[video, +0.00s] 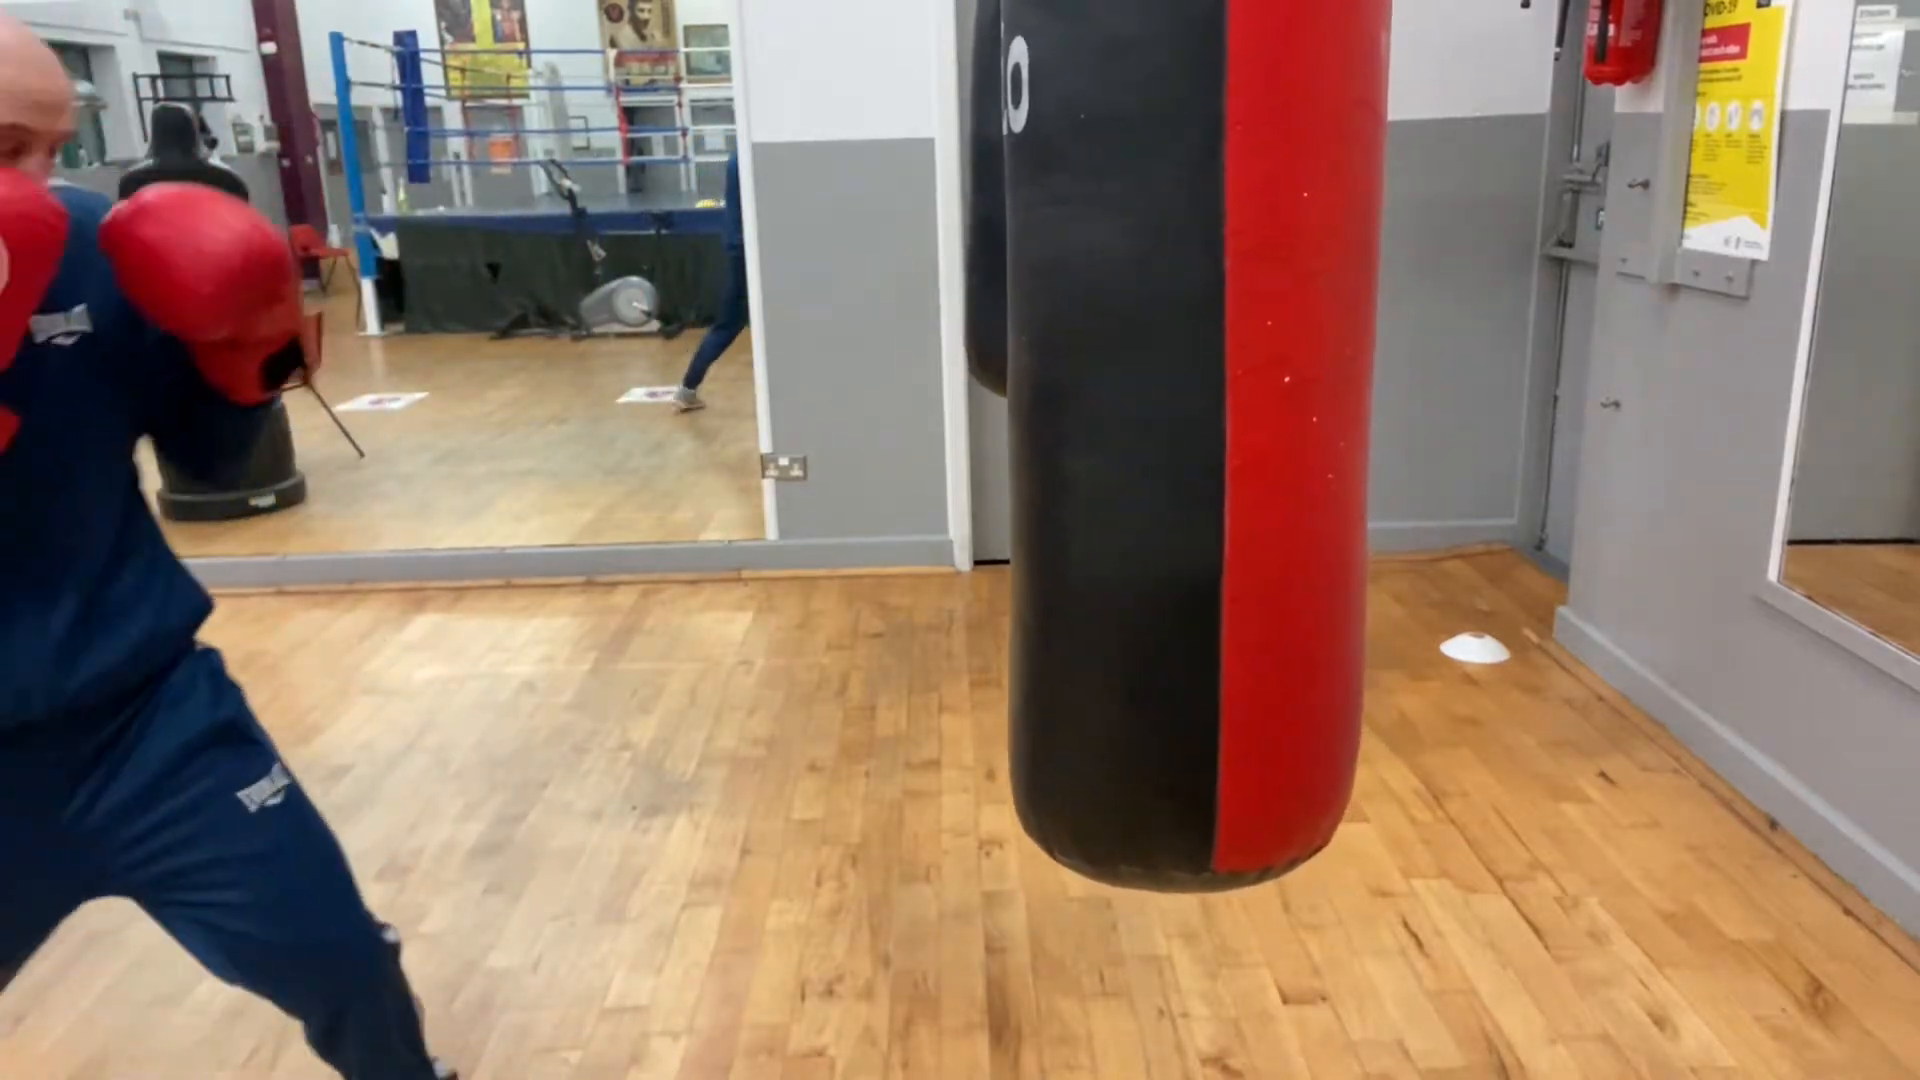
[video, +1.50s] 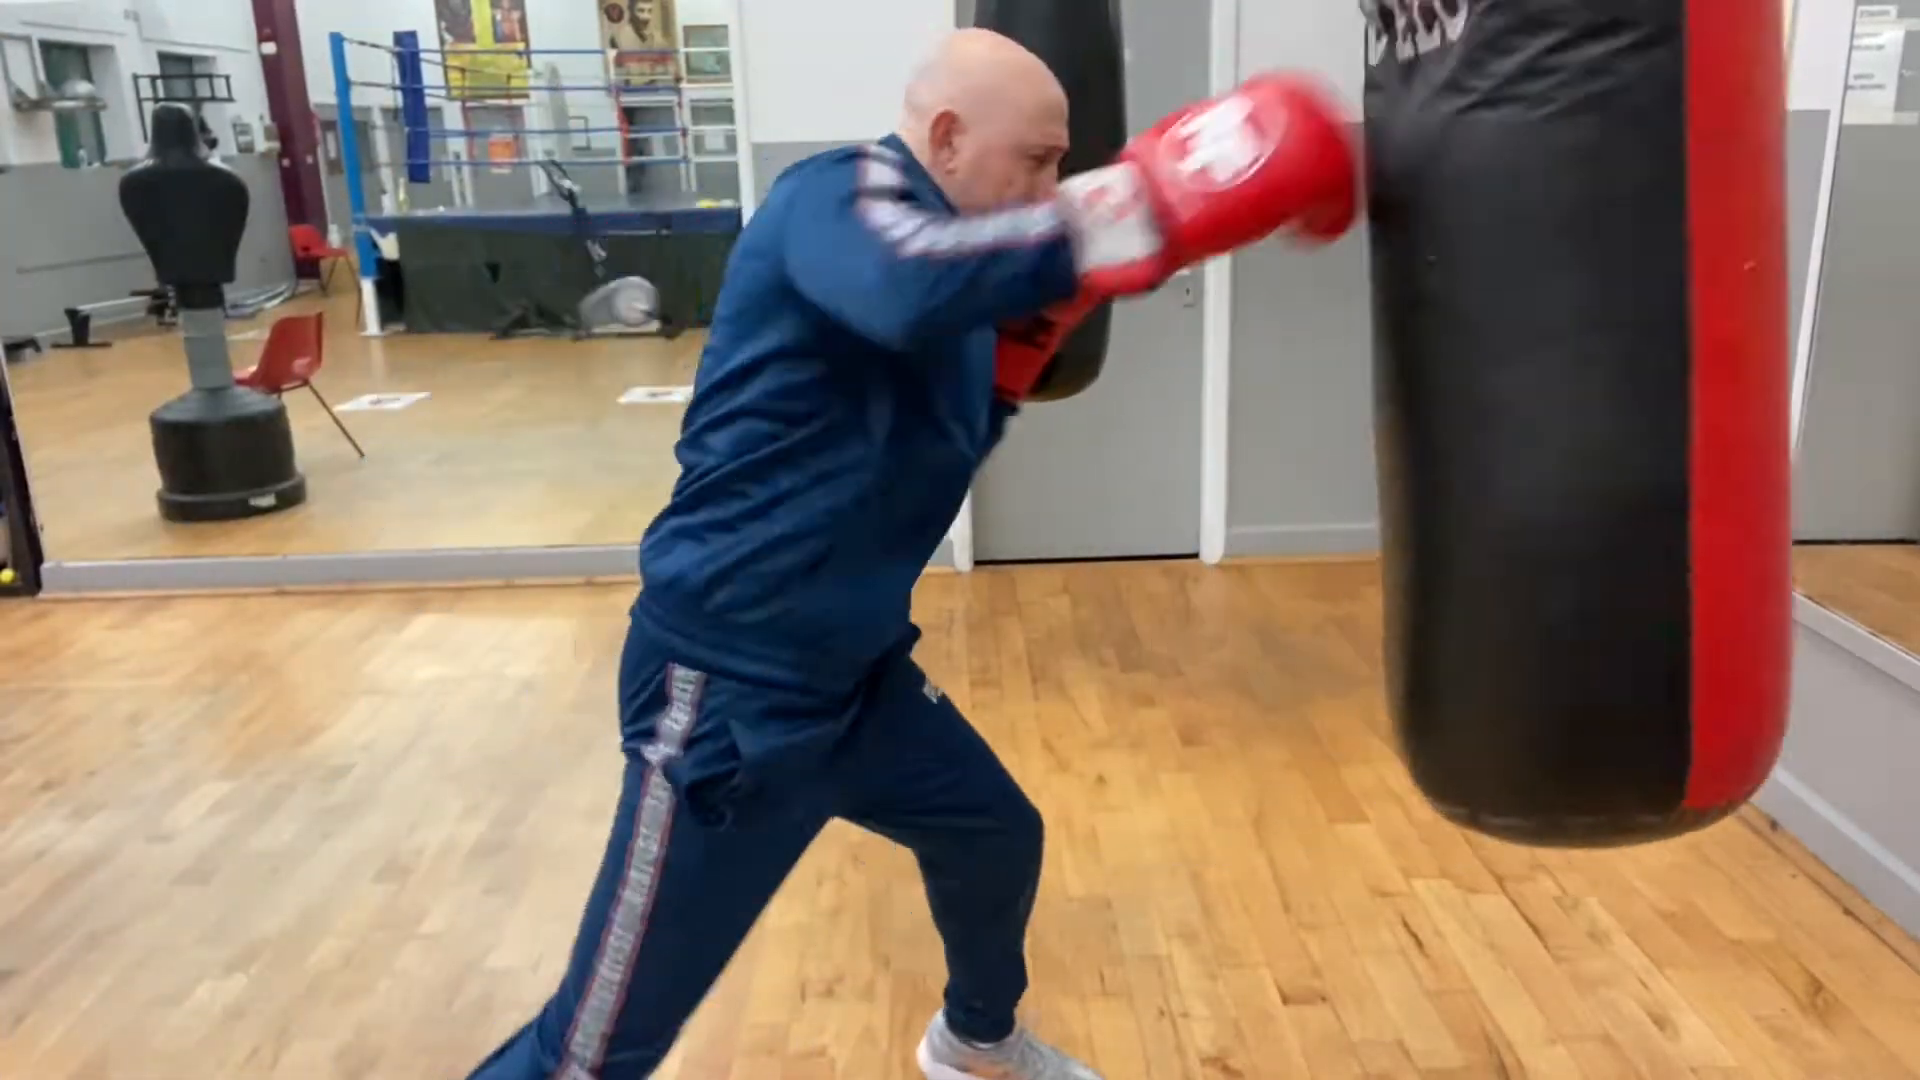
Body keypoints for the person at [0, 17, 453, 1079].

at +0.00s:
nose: (33, 179)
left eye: (49, 148)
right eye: (14, 148)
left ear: (70, 140)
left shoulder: (94, 248)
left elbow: (205, 453)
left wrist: (243, 354)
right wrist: (13, 332)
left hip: (145, 712)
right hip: (6, 760)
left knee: (336, 957)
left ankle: (404, 1075)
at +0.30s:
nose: (216, 115)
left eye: (222, 81)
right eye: (181, 76)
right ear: (42, 63)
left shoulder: (204, 214)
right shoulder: (3, 265)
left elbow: (326, 448)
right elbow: (53, 522)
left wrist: (364, 339)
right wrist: (145, 285)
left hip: (328, 672)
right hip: (138, 771)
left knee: (544, 882)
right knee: (174, 1066)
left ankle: (522, 1052)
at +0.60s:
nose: (571, 239)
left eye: (579, 204)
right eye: (544, 204)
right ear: (427, 179)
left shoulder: (591, 285)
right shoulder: (258, 342)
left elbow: (758, 380)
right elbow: (183, 631)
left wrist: (850, 352)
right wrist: (323, 461)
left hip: (597, 755)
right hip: (374, 801)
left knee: (765, 931)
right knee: (269, 1072)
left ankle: (858, 1069)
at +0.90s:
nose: (815, 250)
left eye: (818, 219)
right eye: (799, 220)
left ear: (689, 198)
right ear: (696, 201)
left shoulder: (529, 291)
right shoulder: (651, 339)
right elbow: (682, 593)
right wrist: (845, 431)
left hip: (680, 720)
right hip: (568, 786)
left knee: (847, 851)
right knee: (632, 1068)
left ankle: (857, 1053)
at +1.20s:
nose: (777, 207)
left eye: (785, 173)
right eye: (745, 177)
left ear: (794, 158)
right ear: (632, 170)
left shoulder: (812, 255)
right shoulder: (500, 319)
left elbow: (974, 324)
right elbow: (362, 584)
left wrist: (1067, 276)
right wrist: (508, 418)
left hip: (823, 738)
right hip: (612, 771)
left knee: (993, 946)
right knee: (491, 1063)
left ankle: (1014, 1032)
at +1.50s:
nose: (1054, 190)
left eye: (1061, 167)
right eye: (1036, 163)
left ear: (958, 140)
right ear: (943, 136)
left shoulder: (961, 243)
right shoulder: (834, 192)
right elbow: (905, 294)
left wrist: (1041, 326)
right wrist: (1114, 215)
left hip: (853, 666)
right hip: (727, 677)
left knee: (995, 840)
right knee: (595, 1044)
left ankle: (979, 1039)